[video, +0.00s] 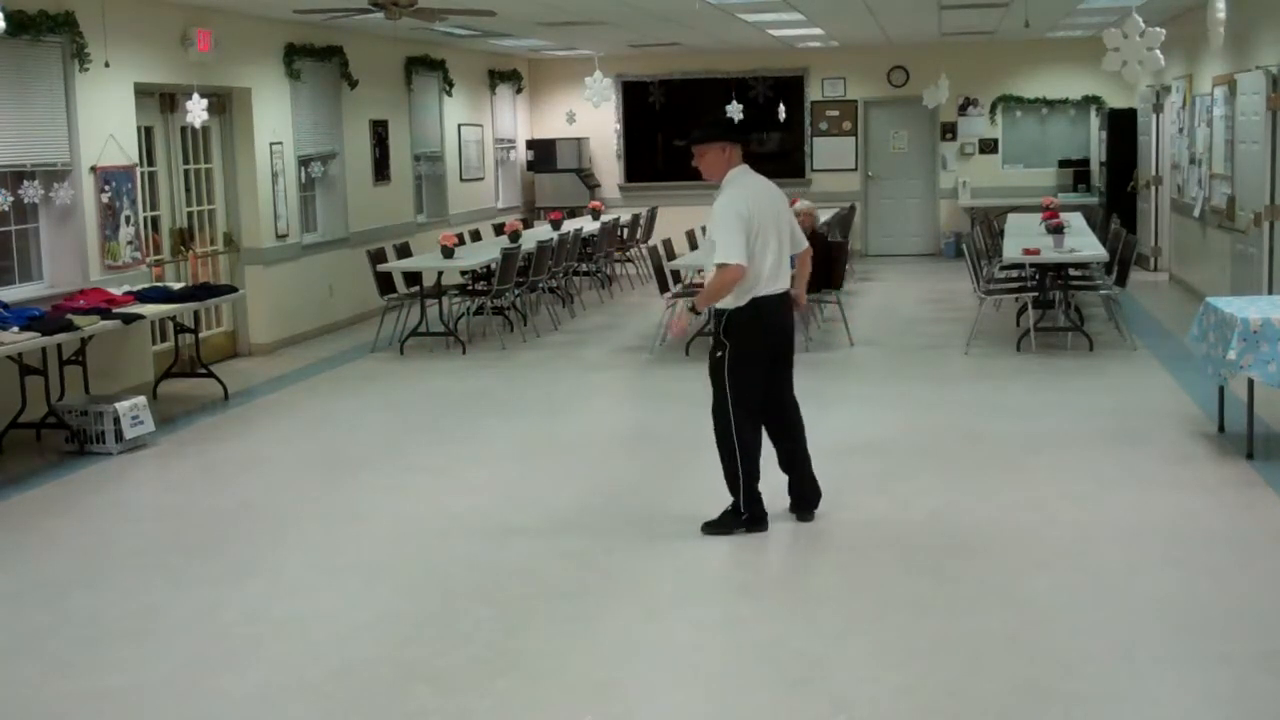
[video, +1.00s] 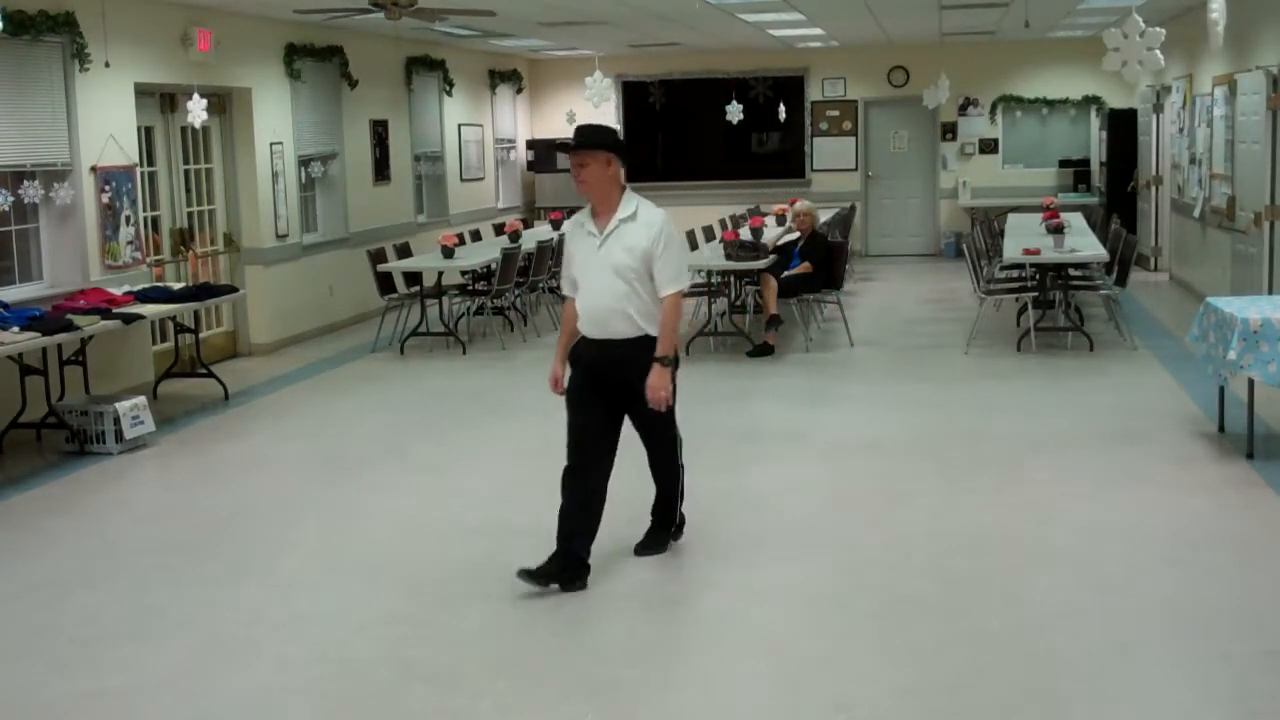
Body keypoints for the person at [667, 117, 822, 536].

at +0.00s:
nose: (696, 165)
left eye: (701, 156)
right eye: (694, 157)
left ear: (726, 151)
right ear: (731, 153)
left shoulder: (729, 201)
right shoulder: (769, 189)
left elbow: (733, 270)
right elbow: (803, 251)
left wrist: (693, 307)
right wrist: (798, 294)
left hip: (742, 320)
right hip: (778, 314)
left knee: (732, 415)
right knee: (780, 405)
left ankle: (746, 508)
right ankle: (805, 494)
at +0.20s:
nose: (673, 166)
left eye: (677, 157)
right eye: (671, 158)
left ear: (704, 151)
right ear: (705, 153)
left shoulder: (718, 194)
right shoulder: (727, 186)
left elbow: (736, 266)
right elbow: (746, 259)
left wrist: (729, 328)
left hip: (730, 317)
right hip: (741, 311)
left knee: (728, 415)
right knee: (742, 412)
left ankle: (748, 508)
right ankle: (757, 501)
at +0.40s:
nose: (654, 175)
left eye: (660, 166)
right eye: (652, 168)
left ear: (686, 162)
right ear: (671, 167)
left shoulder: (718, 207)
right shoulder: (682, 206)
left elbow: (749, 271)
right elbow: (683, 272)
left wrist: (759, 335)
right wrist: (664, 321)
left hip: (720, 331)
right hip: (696, 330)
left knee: (682, 415)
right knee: (729, 416)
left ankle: (700, 506)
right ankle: (758, 500)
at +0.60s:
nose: (628, 169)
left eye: (635, 159)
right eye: (626, 161)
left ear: (662, 158)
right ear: (636, 165)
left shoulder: (701, 207)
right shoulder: (643, 213)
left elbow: (734, 274)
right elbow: (647, 282)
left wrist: (752, 333)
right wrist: (628, 332)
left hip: (699, 330)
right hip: (659, 330)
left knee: (686, 425)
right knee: (667, 419)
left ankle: (669, 524)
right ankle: (730, 478)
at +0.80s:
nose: (602, 164)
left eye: (609, 155)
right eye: (600, 156)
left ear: (638, 155)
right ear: (609, 161)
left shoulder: (679, 207)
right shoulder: (609, 213)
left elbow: (708, 277)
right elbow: (610, 286)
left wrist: (711, 343)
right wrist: (595, 339)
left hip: (676, 337)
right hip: (626, 339)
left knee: (678, 436)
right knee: (606, 436)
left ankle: (673, 521)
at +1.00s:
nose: (575, 174)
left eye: (584, 165)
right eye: (573, 166)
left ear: (612, 166)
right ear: (575, 172)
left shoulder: (654, 222)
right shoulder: (575, 230)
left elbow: (673, 297)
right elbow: (574, 299)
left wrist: (663, 364)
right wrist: (561, 356)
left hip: (644, 356)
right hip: (591, 358)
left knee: (661, 448)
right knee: (583, 464)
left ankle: (667, 522)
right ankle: (570, 561)